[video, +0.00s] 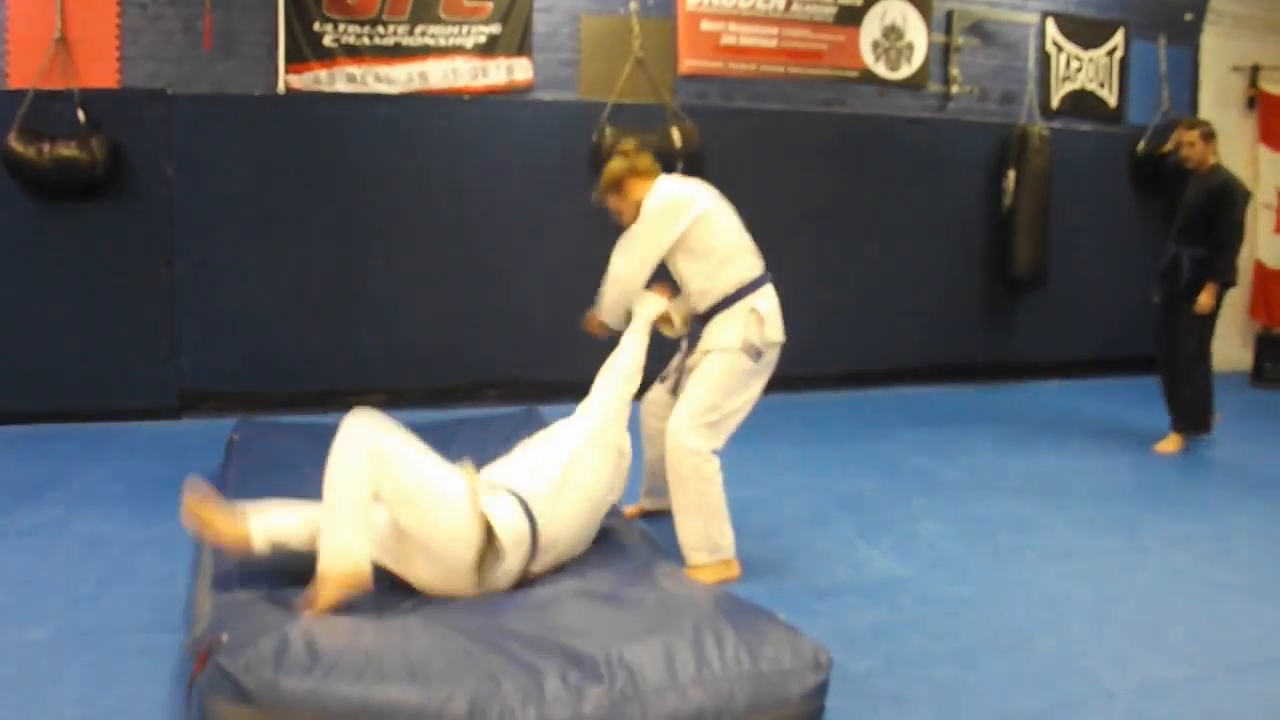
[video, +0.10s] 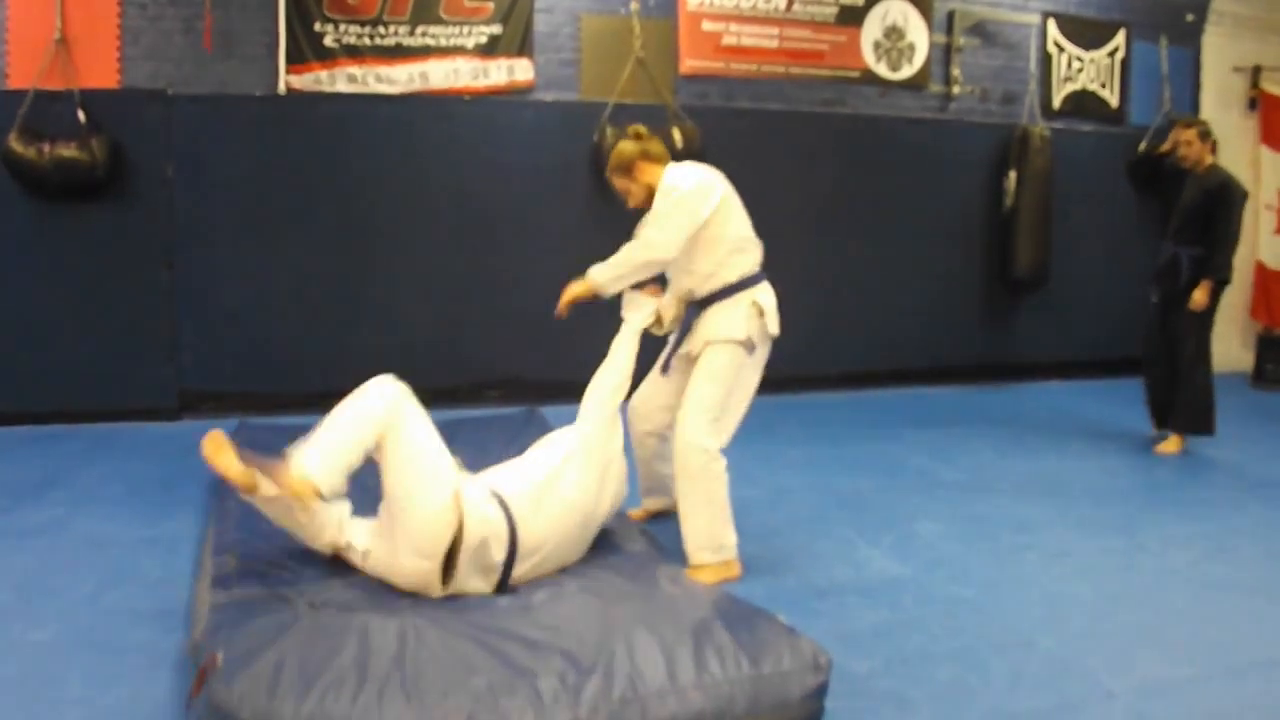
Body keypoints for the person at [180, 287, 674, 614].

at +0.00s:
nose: (595, 406)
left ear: (614, 411)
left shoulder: (605, 437)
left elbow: (618, 377)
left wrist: (646, 316)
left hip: (474, 531)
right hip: (450, 571)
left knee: (366, 428)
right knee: (349, 517)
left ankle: (343, 564)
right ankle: (246, 526)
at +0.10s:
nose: (583, 424)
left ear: (604, 441)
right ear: (611, 491)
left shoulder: (597, 450)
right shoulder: (573, 537)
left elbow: (610, 383)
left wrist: (637, 320)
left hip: (450, 523)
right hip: (427, 579)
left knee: (388, 395)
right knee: (333, 527)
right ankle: (254, 486)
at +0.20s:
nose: (571, 427)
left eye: (577, 428)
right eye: (575, 428)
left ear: (592, 441)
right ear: (601, 502)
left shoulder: (593, 457)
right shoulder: (573, 544)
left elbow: (595, 380)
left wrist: (614, 309)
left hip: (437, 523)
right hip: (426, 582)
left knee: (390, 394)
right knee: (336, 537)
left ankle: (280, 421)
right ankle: (248, 506)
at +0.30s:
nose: (552, 426)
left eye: (560, 425)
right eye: (554, 426)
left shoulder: (591, 461)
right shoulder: (571, 542)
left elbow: (565, 387)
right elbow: (490, 518)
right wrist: (453, 478)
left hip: (438, 511)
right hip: (424, 575)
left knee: (357, 405)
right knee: (336, 537)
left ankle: (236, 437)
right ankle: (226, 546)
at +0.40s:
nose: (553, 443)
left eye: (568, 440)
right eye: (557, 443)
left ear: (595, 450)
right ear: (605, 483)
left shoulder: (583, 459)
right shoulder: (571, 542)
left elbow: (521, 402)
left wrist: (469, 362)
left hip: (443, 516)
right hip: (429, 577)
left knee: (316, 441)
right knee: (331, 539)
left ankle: (190, 499)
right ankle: (220, 554)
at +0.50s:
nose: (542, 439)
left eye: (551, 435)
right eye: (549, 437)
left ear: (563, 441)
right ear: (592, 466)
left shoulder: (558, 455)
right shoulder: (573, 517)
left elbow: (468, 428)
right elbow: (490, 507)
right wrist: (427, 495)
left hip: (436, 529)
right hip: (440, 573)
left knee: (296, 505)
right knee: (301, 529)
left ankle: (166, 563)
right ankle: (179, 564)